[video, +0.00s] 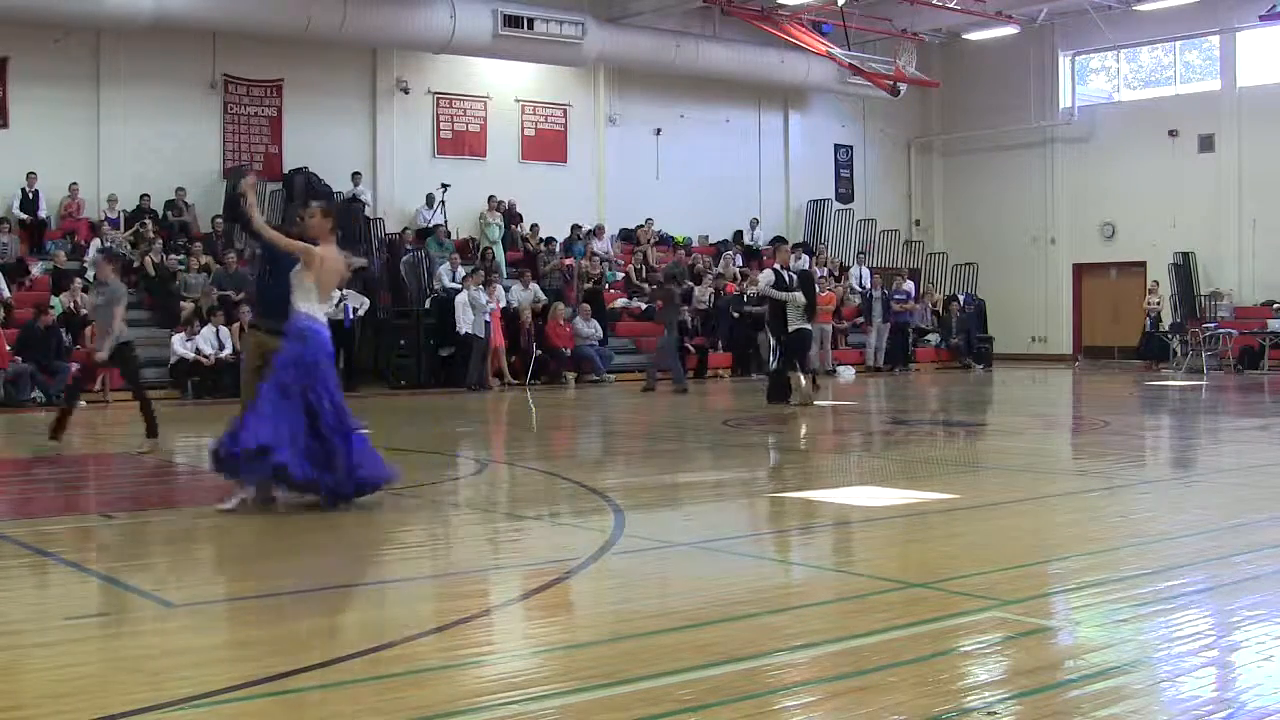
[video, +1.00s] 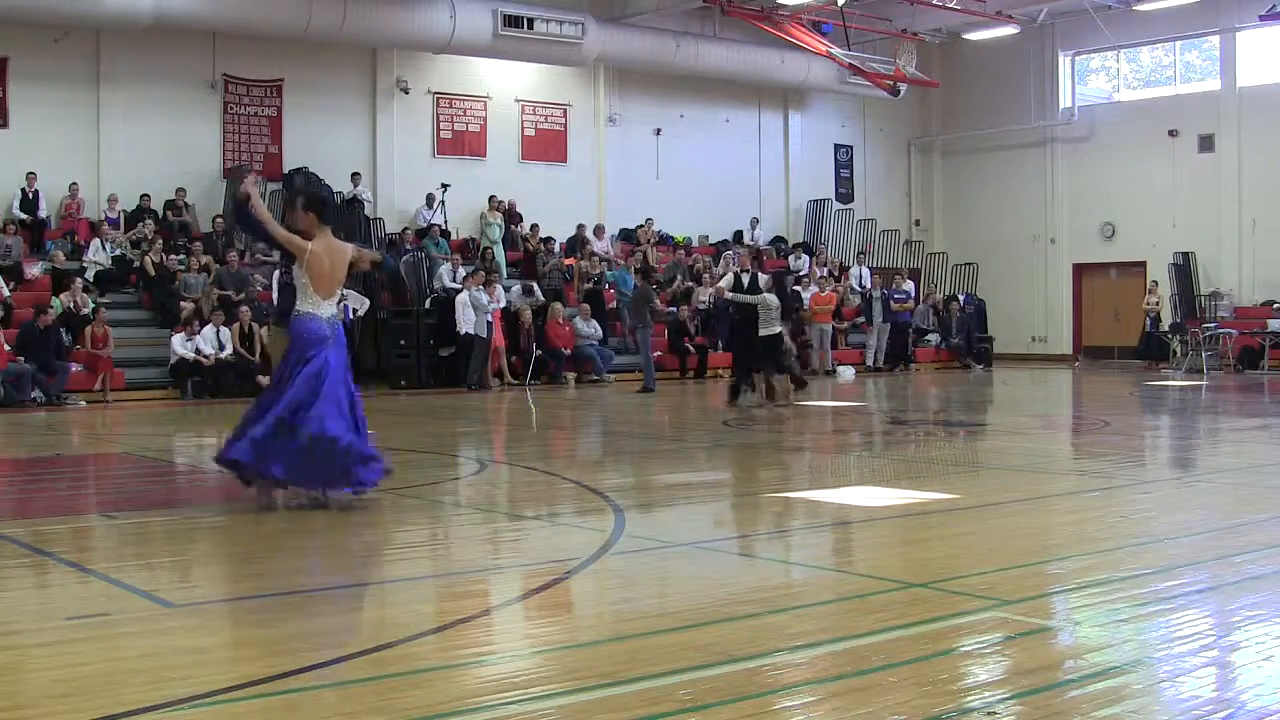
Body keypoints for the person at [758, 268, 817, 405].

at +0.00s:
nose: (795, 281)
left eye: (797, 279)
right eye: (796, 279)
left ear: (800, 281)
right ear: (810, 282)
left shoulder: (797, 296)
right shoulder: (810, 297)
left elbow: (777, 294)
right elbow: (782, 294)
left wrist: (761, 288)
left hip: (796, 331)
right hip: (806, 330)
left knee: (791, 363)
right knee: (803, 364)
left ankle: (800, 394)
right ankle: (807, 396)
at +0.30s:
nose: (792, 281)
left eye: (794, 279)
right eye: (793, 279)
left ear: (797, 281)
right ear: (807, 282)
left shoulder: (792, 295)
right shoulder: (806, 297)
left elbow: (774, 293)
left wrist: (758, 287)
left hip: (793, 332)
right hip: (804, 331)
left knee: (782, 364)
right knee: (804, 365)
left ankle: (786, 394)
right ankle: (807, 395)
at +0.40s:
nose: (789, 281)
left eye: (791, 279)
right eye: (790, 278)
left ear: (795, 282)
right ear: (805, 282)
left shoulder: (789, 296)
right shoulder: (805, 298)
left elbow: (770, 295)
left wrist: (753, 287)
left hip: (791, 332)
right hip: (803, 332)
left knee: (779, 362)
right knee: (802, 366)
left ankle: (788, 392)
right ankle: (807, 396)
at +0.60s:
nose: (783, 282)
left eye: (785, 280)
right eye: (784, 280)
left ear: (789, 283)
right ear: (798, 283)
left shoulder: (784, 297)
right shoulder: (798, 298)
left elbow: (765, 297)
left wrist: (747, 292)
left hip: (787, 333)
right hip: (796, 331)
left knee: (791, 366)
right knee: (796, 366)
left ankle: (796, 396)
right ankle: (805, 396)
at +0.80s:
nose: (775, 281)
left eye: (777, 279)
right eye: (776, 278)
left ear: (782, 282)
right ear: (786, 283)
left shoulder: (777, 297)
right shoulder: (785, 297)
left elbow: (756, 297)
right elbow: (759, 297)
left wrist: (735, 292)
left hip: (778, 334)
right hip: (785, 332)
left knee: (780, 368)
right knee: (784, 367)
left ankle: (785, 397)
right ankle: (785, 396)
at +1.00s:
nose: (764, 283)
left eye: (766, 281)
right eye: (765, 281)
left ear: (770, 284)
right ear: (776, 285)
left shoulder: (764, 298)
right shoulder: (777, 297)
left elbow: (745, 298)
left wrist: (725, 294)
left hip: (765, 335)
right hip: (777, 333)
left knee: (766, 366)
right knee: (778, 365)